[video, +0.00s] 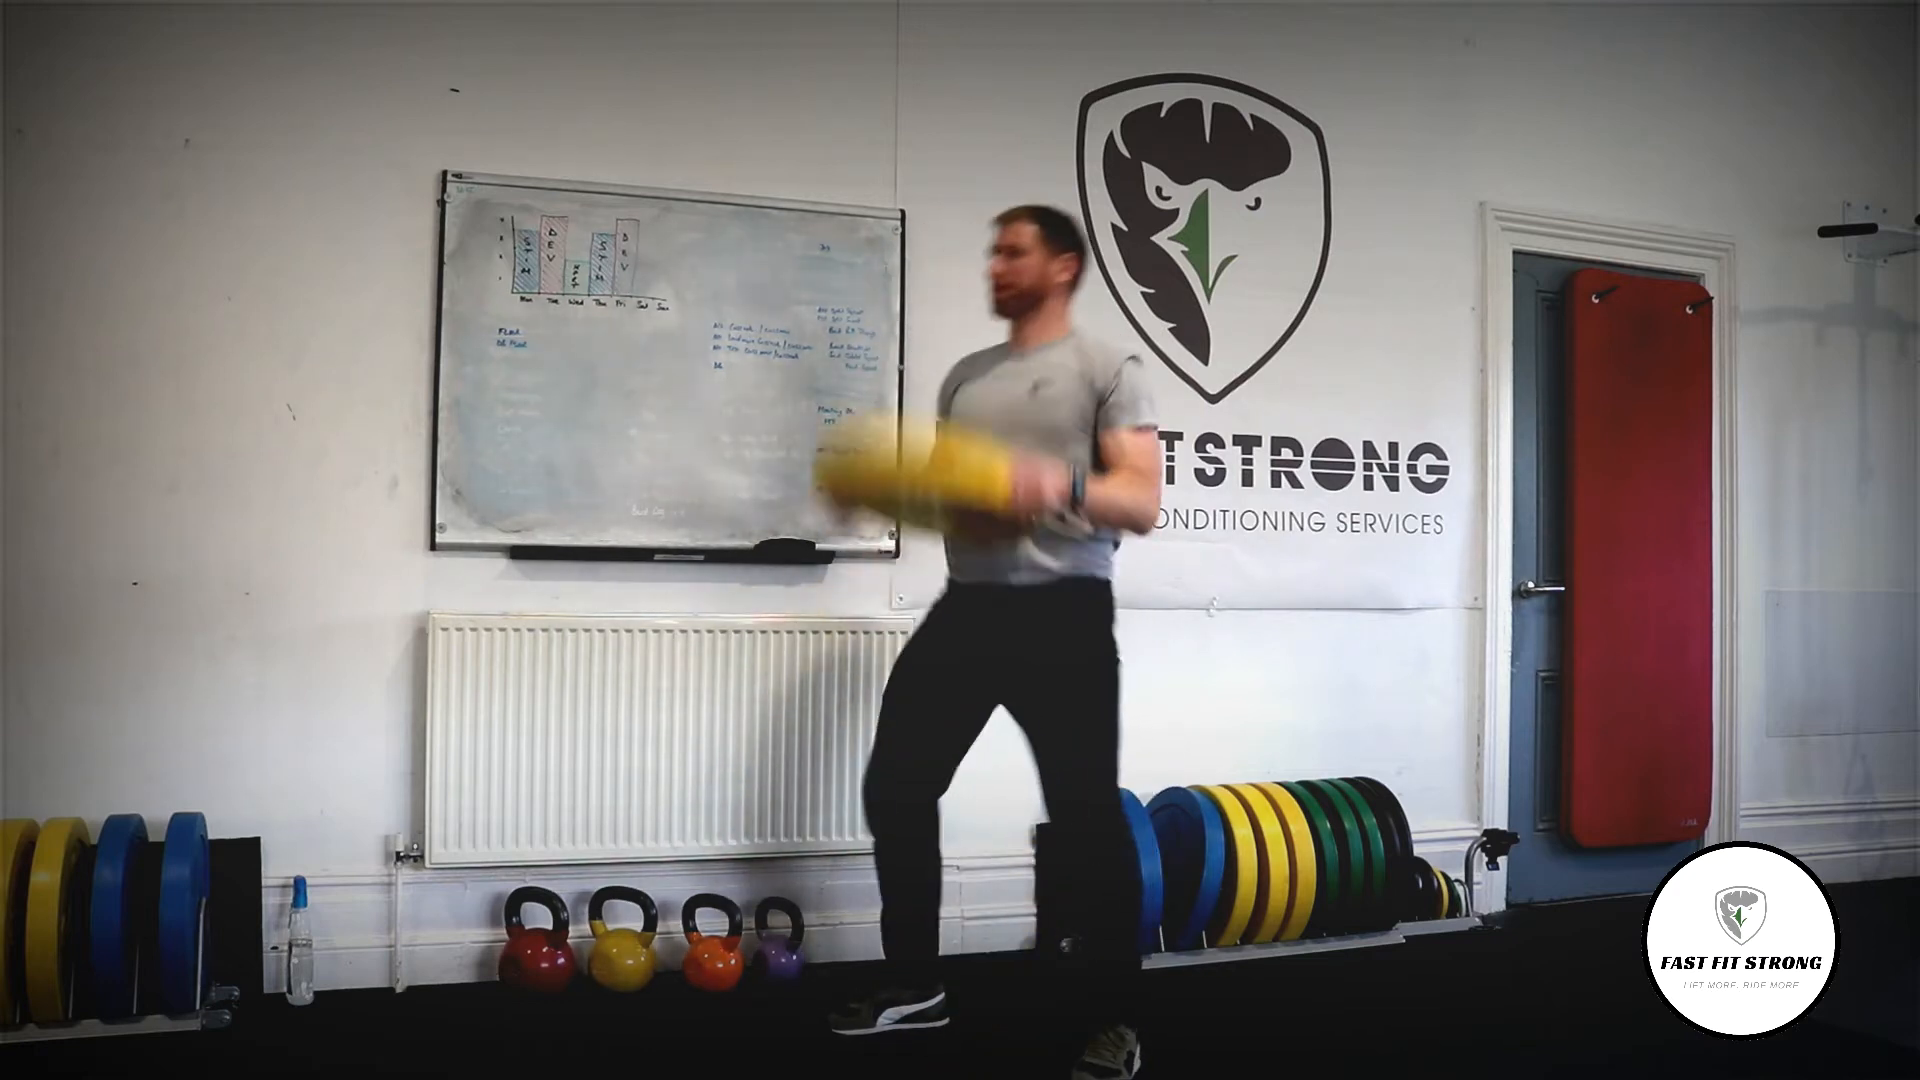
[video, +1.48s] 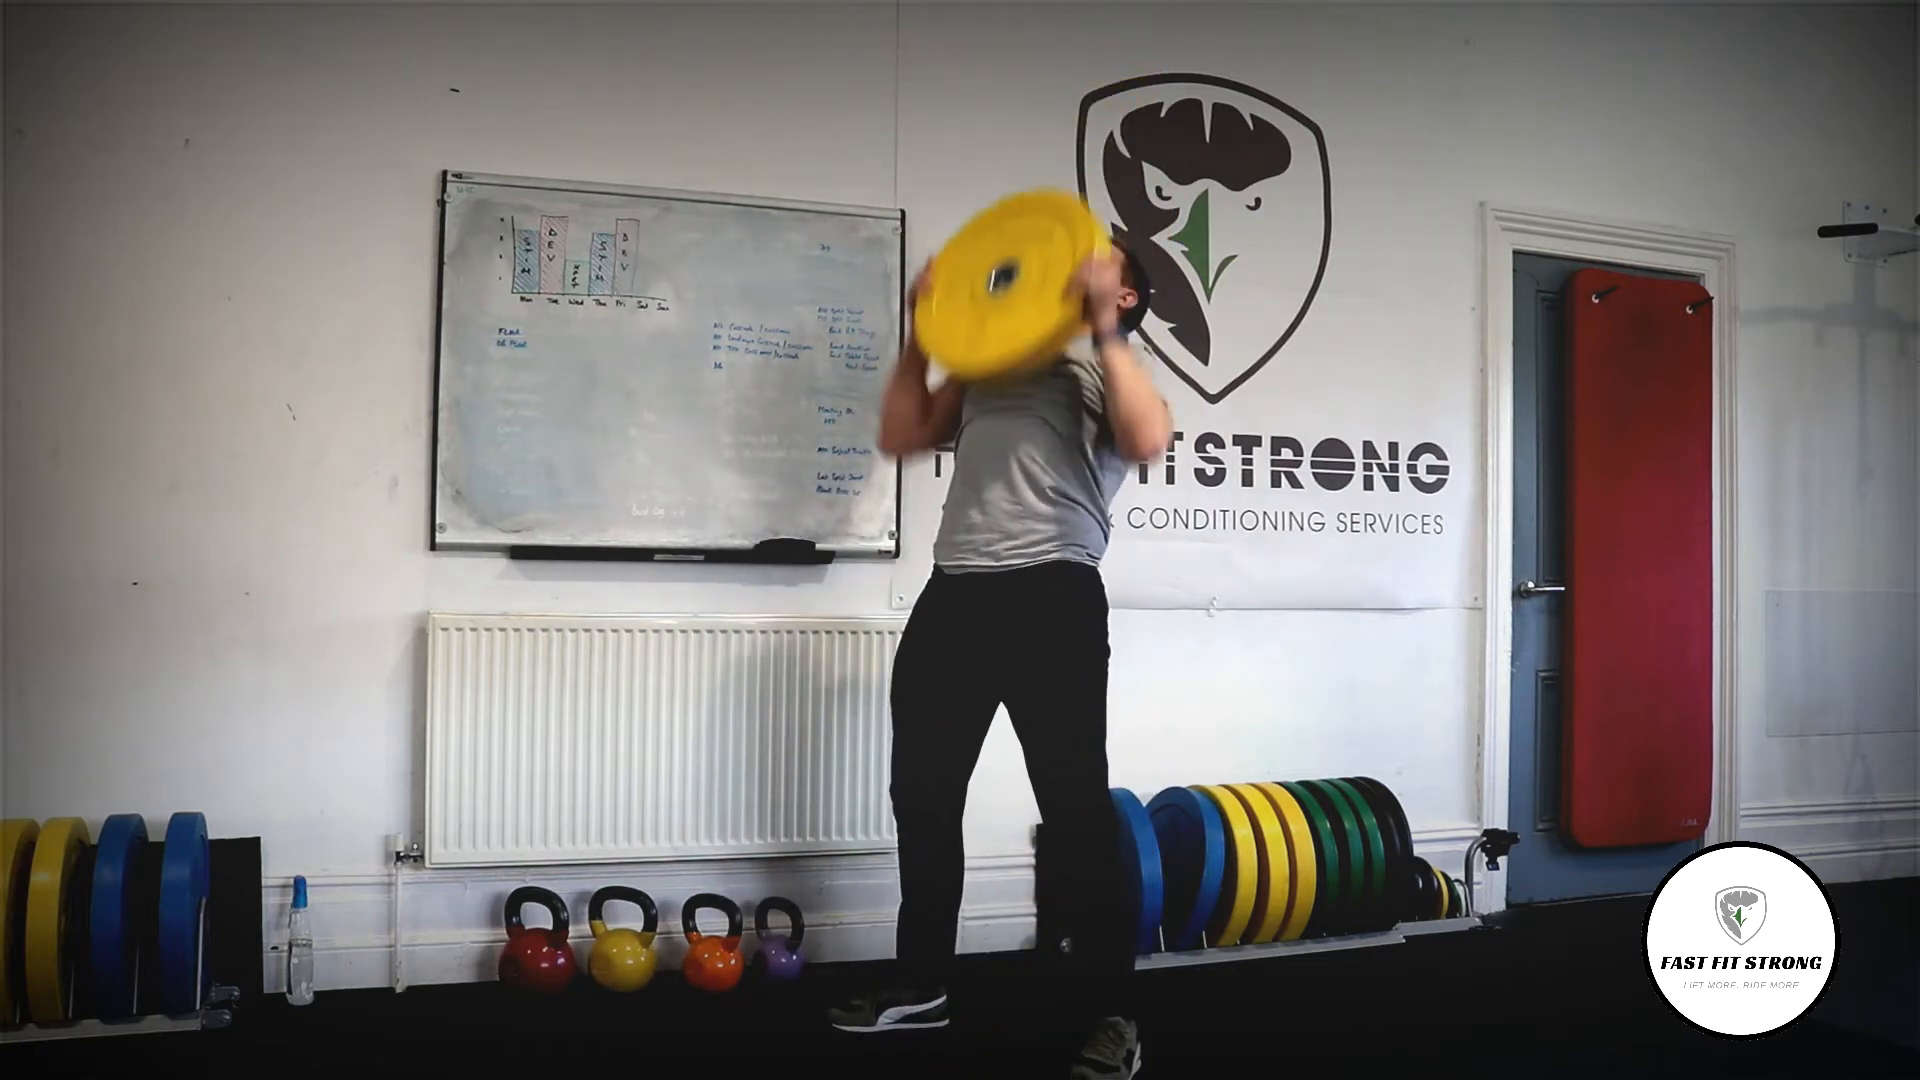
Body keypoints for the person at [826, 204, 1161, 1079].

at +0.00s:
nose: (996, 266)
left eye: (1014, 252)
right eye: (994, 254)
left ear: (1065, 267)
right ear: (997, 269)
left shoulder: (1108, 368)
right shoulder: (965, 379)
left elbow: (1142, 502)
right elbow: (952, 503)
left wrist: (1060, 492)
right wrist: (877, 489)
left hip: (1066, 616)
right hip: (968, 613)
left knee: (1085, 811)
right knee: (897, 788)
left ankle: (1108, 1018)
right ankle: (916, 989)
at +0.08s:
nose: (1021, 259)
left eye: (1040, 246)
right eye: (1019, 246)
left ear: (1089, 264)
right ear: (1018, 261)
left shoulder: (1113, 358)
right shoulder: (987, 353)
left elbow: (1135, 487)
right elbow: (923, 479)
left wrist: (1069, 412)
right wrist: (879, 400)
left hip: (1050, 597)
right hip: (956, 594)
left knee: (1072, 802)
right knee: (917, 793)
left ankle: (1104, 1011)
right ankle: (919, 989)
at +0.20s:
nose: (1047, 249)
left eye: (1069, 244)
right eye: (1045, 240)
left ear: (1097, 278)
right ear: (1028, 264)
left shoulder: (1103, 366)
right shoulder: (977, 361)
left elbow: (1103, 417)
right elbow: (872, 401)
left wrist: (1066, 300)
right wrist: (892, 301)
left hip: (1042, 604)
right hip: (941, 602)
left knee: (1068, 807)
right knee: (923, 802)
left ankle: (1104, 1013)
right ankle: (922, 989)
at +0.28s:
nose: (1044, 246)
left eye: (1064, 243)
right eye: (1043, 238)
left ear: (1088, 277)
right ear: (1024, 268)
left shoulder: (1095, 359)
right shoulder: (962, 345)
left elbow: (1097, 325)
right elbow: (860, 316)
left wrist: (1082, 215)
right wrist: (911, 220)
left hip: (1036, 602)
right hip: (933, 605)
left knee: (1066, 812)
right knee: (921, 811)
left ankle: (1102, 1016)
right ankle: (921, 992)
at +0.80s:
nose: (1006, 208)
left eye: (1025, 204)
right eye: (997, 202)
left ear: (1054, 242)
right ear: (979, 233)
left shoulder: (1068, 312)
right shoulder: (951, 308)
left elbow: (1106, 173)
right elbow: (964, 186)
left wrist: (1150, 67)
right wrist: (987, 78)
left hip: (1027, 592)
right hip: (928, 592)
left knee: (1061, 806)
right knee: (922, 806)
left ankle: (1100, 1013)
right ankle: (922, 992)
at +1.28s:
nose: (1079, 243)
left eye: (1097, 243)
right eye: (1075, 235)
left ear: (1116, 287)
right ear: (1049, 272)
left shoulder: (1108, 357)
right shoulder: (983, 343)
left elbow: (1152, 292)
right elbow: (885, 289)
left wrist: (1129, 181)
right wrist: (938, 195)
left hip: (1050, 599)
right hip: (949, 599)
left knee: (1071, 809)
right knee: (924, 802)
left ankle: (1096, 1011)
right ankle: (923, 988)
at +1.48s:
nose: (1080, 270)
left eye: (1102, 266)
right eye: (1078, 261)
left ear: (1126, 300)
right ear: (1052, 276)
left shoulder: (1117, 371)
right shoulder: (992, 363)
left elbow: (1148, 441)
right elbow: (900, 437)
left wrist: (1105, 326)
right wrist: (918, 333)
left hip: (1053, 594)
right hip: (953, 596)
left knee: (1074, 805)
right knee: (923, 800)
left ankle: (1105, 1010)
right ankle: (923, 989)